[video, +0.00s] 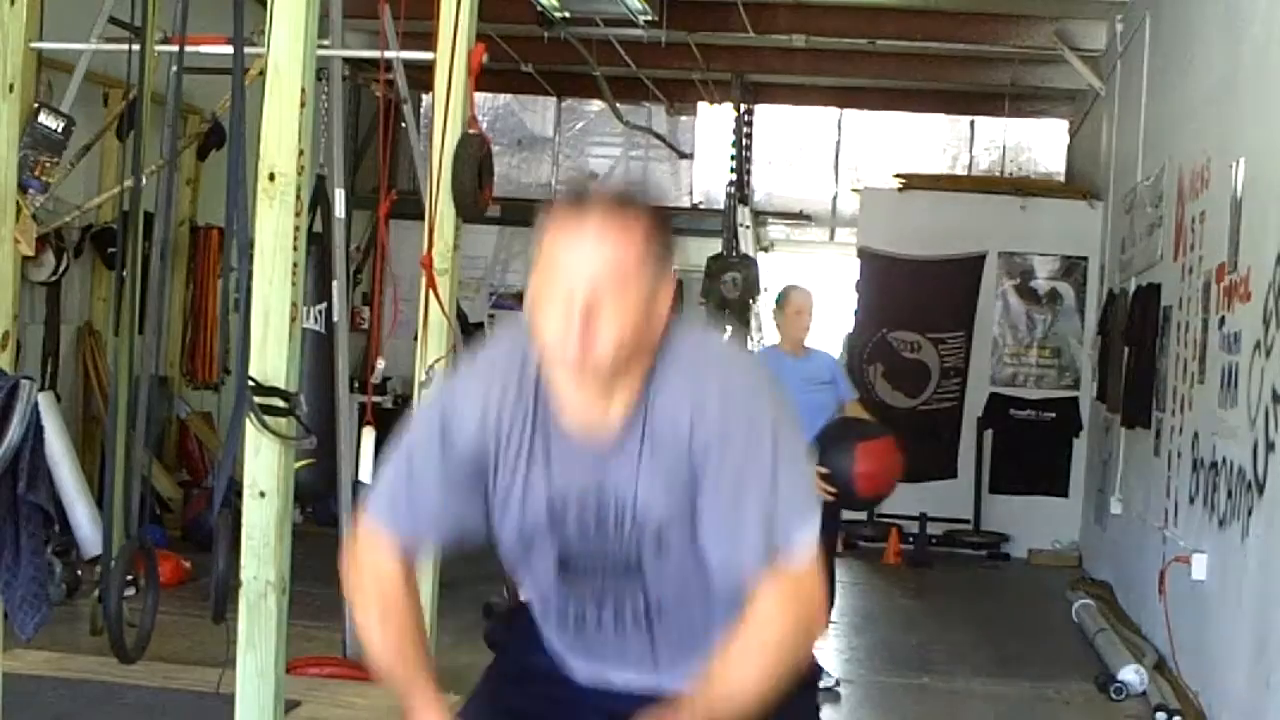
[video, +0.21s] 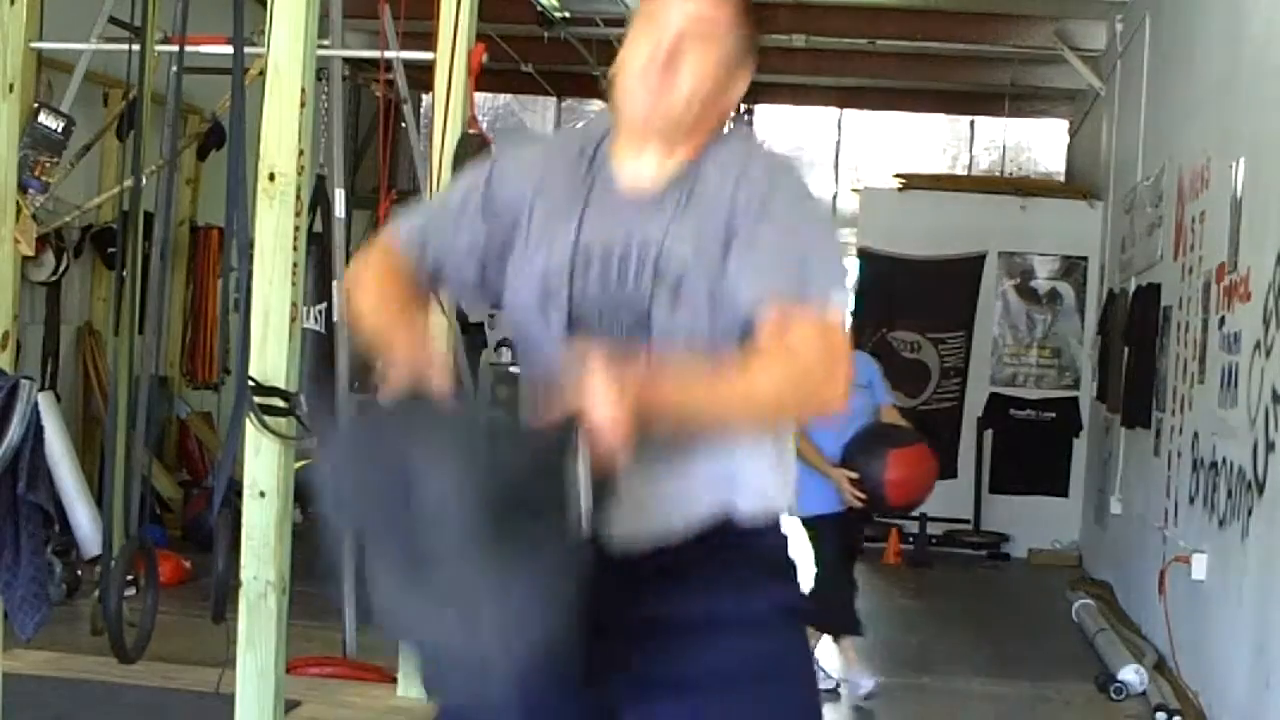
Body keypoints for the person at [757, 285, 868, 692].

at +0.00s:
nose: (805, 320)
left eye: (808, 313)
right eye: (797, 312)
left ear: (812, 317)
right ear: (778, 316)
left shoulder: (827, 365)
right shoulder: (759, 365)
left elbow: (854, 411)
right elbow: (753, 431)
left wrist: (873, 450)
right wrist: (797, 469)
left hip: (821, 477)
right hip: (773, 477)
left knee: (818, 566)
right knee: (777, 564)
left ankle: (806, 653)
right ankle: (777, 657)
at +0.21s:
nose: (841, 336)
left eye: (844, 327)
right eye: (832, 329)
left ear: (852, 329)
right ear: (817, 333)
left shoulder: (866, 366)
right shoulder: (804, 372)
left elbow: (889, 417)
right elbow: (795, 433)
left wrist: (914, 450)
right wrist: (830, 471)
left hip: (857, 491)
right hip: (814, 494)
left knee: (836, 577)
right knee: (836, 576)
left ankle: (806, 651)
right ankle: (851, 663)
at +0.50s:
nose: (883, 317)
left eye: (889, 310)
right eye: (874, 310)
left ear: (899, 317)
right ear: (859, 317)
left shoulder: (915, 368)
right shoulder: (850, 366)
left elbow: (937, 422)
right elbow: (841, 436)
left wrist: (958, 464)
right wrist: (882, 476)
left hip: (906, 496)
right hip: (858, 502)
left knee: (922, 579)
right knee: (872, 589)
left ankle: (885, 645)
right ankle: (870, 674)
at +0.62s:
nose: (907, 316)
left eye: (912, 308)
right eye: (897, 309)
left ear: (922, 315)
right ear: (878, 317)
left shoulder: (936, 369)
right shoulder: (864, 369)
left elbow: (956, 424)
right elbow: (859, 435)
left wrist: (975, 468)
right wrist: (901, 477)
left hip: (928, 499)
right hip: (875, 505)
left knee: (942, 583)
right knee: (880, 592)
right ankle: (873, 680)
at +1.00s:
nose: (979, 329)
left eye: (985, 322)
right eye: (970, 322)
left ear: (991, 325)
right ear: (949, 325)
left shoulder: (1008, 374)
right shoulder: (927, 377)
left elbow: (1035, 433)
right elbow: (919, 447)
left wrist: (1053, 478)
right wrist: (953, 492)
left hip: (996, 514)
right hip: (941, 513)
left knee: (992, 603)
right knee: (950, 603)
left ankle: (981, 698)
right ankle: (925, 675)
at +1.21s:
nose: (1003, 336)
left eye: (1010, 329)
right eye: (994, 328)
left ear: (1018, 332)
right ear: (975, 329)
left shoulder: (1038, 379)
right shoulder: (949, 383)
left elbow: (1064, 441)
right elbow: (937, 453)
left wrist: (1085, 484)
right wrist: (964, 500)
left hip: (1023, 519)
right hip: (967, 519)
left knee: (1010, 609)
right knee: (989, 609)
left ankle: (983, 698)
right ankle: (999, 703)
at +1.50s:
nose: (1027, 351)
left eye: (1034, 343)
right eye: (1018, 342)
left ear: (1044, 344)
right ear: (1000, 344)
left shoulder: (1068, 389)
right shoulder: (977, 395)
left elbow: (1094, 448)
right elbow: (961, 465)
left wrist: (1111, 495)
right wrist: (981, 515)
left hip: (1052, 526)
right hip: (993, 527)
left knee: (1073, 609)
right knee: (999, 618)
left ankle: (1039, 678)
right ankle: (1006, 710)